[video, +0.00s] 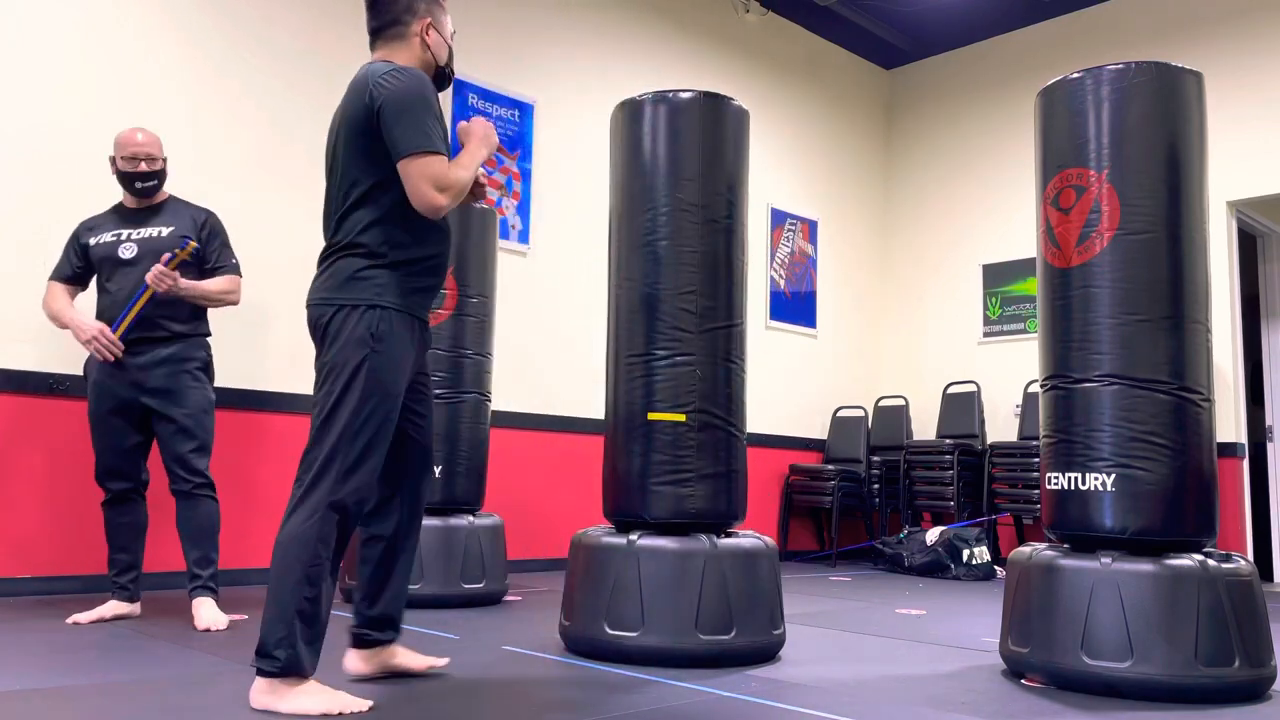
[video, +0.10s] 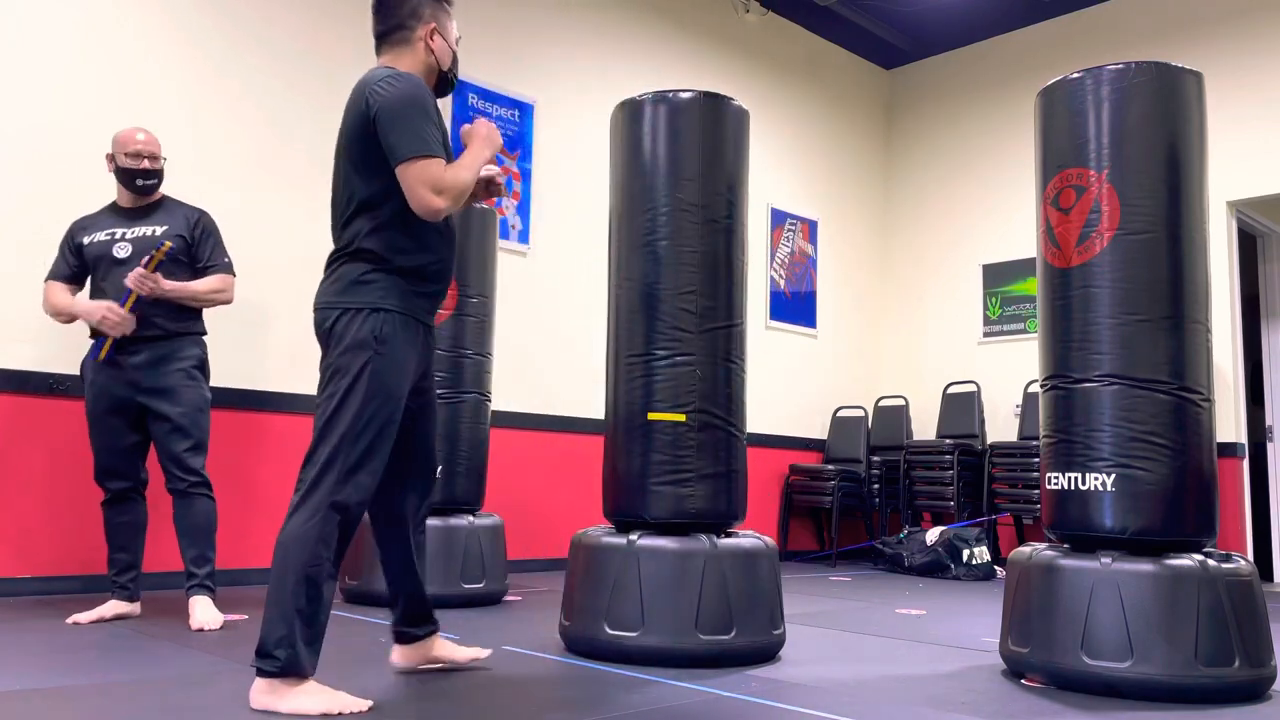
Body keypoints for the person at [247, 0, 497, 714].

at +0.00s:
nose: (453, 36)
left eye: (450, 25)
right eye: (448, 24)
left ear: (396, 29)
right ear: (426, 26)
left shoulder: (377, 88)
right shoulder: (398, 84)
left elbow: (402, 198)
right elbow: (433, 196)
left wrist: (462, 183)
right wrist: (471, 154)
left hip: (391, 308)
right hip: (371, 304)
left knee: (400, 473)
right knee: (335, 482)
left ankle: (374, 642)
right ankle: (280, 674)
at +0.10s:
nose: (457, 49)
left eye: (455, 36)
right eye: (453, 35)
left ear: (405, 34)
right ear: (430, 33)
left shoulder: (393, 94)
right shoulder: (398, 89)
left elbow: (416, 199)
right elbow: (431, 199)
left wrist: (467, 188)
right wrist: (473, 156)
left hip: (398, 315)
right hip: (375, 311)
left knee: (401, 482)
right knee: (335, 488)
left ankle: (415, 636)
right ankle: (280, 674)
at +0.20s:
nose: (465, 61)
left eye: (464, 51)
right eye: (462, 48)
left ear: (415, 44)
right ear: (440, 43)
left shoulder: (416, 113)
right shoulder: (401, 98)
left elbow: (435, 215)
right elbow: (432, 203)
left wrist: (483, 192)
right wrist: (481, 157)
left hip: (414, 323)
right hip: (385, 319)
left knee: (415, 485)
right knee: (340, 492)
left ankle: (437, 629)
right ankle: (280, 674)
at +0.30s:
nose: (480, 72)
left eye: (478, 60)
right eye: (475, 58)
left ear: (434, 61)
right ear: (450, 57)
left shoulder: (438, 133)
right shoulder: (406, 112)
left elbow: (464, 230)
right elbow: (435, 209)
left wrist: (517, 194)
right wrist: (491, 164)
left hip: (436, 334)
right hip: (400, 330)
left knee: (438, 483)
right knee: (351, 492)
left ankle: (437, 624)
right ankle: (283, 671)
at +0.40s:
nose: (493, 93)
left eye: (492, 82)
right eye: (490, 81)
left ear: (450, 80)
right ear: (466, 77)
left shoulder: (459, 152)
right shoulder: (412, 130)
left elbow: (524, 217)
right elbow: (436, 213)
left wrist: (609, 225)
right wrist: (499, 174)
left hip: (458, 336)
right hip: (415, 331)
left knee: (459, 484)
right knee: (407, 482)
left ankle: (431, 625)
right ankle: (301, 648)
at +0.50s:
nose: (508, 108)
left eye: (507, 100)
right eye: (505, 98)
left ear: (450, 95)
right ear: (487, 95)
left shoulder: (445, 151)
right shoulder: (455, 130)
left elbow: (493, 251)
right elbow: (490, 185)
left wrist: (567, 230)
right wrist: (535, 152)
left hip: (414, 321)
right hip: (443, 319)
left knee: (441, 474)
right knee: (467, 470)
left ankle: (429, 629)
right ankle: (347, 620)